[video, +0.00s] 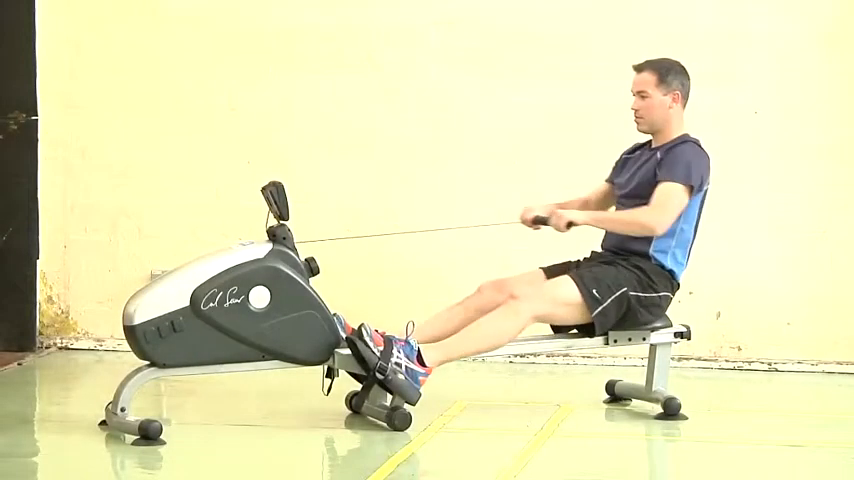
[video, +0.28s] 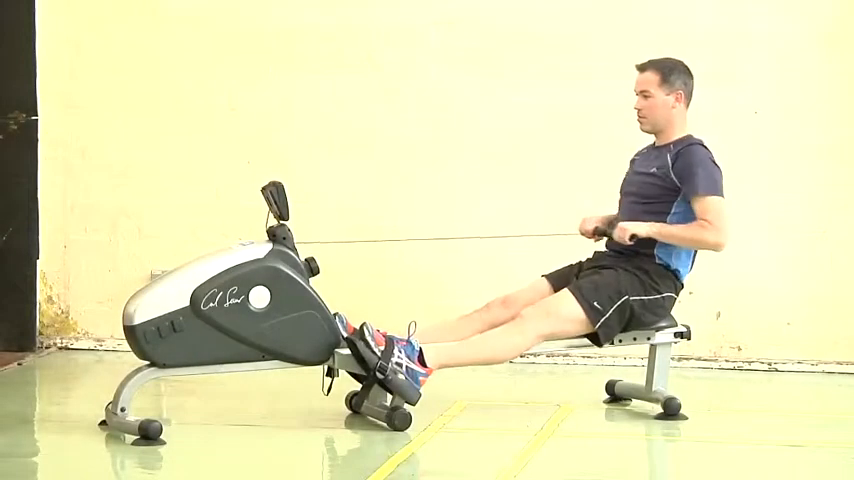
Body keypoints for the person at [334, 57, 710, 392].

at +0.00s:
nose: (634, 105)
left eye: (642, 96)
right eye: (634, 96)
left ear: (675, 99)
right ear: (650, 100)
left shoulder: (686, 154)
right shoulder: (635, 156)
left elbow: (655, 220)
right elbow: (596, 202)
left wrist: (581, 217)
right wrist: (552, 208)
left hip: (643, 276)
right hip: (607, 265)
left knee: (527, 302)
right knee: (493, 292)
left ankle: (422, 363)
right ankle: (392, 346)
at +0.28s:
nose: (635, 103)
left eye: (645, 94)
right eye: (636, 94)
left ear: (678, 99)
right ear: (660, 101)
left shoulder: (694, 155)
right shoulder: (646, 155)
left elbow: (715, 234)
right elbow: (645, 219)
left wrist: (648, 228)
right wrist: (607, 223)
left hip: (648, 274)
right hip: (613, 261)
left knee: (532, 322)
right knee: (504, 307)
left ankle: (419, 364)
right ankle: (396, 346)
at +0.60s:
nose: (616, 103)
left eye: (625, 94)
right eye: (615, 94)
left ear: (656, 96)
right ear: (632, 98)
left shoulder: (674, 152)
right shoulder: (625, 154)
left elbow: (674, 234)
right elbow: (610, 205)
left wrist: (600, 220)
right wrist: (573, 212)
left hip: (644, 279)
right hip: (606, 266)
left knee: (528, 300)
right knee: (492, 287)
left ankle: (422, 364)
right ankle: (399, 349)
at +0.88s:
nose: (566, 106)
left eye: (574, 96)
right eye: (566, 97)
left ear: (606, 98)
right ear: (598, 99)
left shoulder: (626, 152)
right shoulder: (576, 155)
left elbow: (583, 213)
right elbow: (534, 196)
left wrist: (507, 213)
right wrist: (484, 204)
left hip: (615, 281)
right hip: (579, 274)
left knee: (501, 264)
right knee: (465, 259)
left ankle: (423, 360)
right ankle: (396, 344)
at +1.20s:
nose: (490, 113)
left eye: (499, 104)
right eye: (490, 104)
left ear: (531, 108)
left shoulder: (551, 157)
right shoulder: (498, 162)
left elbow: (478, 203)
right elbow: (442, 194)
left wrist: (406, 227)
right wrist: (380, 216)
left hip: (571, 287)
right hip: (529, 285)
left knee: (471, 241)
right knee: (431, 236)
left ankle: (419, 360)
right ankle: (391, 342)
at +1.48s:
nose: (436, 121)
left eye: (445, 112)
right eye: (436, 112)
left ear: (478, 115)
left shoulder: (499, 163)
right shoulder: (447, 167)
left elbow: (422, 207)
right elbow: (386, 198)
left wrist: (344, 234)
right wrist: (319, 226)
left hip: (532, 291)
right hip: (489, 291)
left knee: (438, 228)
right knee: (398, 228)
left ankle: (417, 355)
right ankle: (387, 338)